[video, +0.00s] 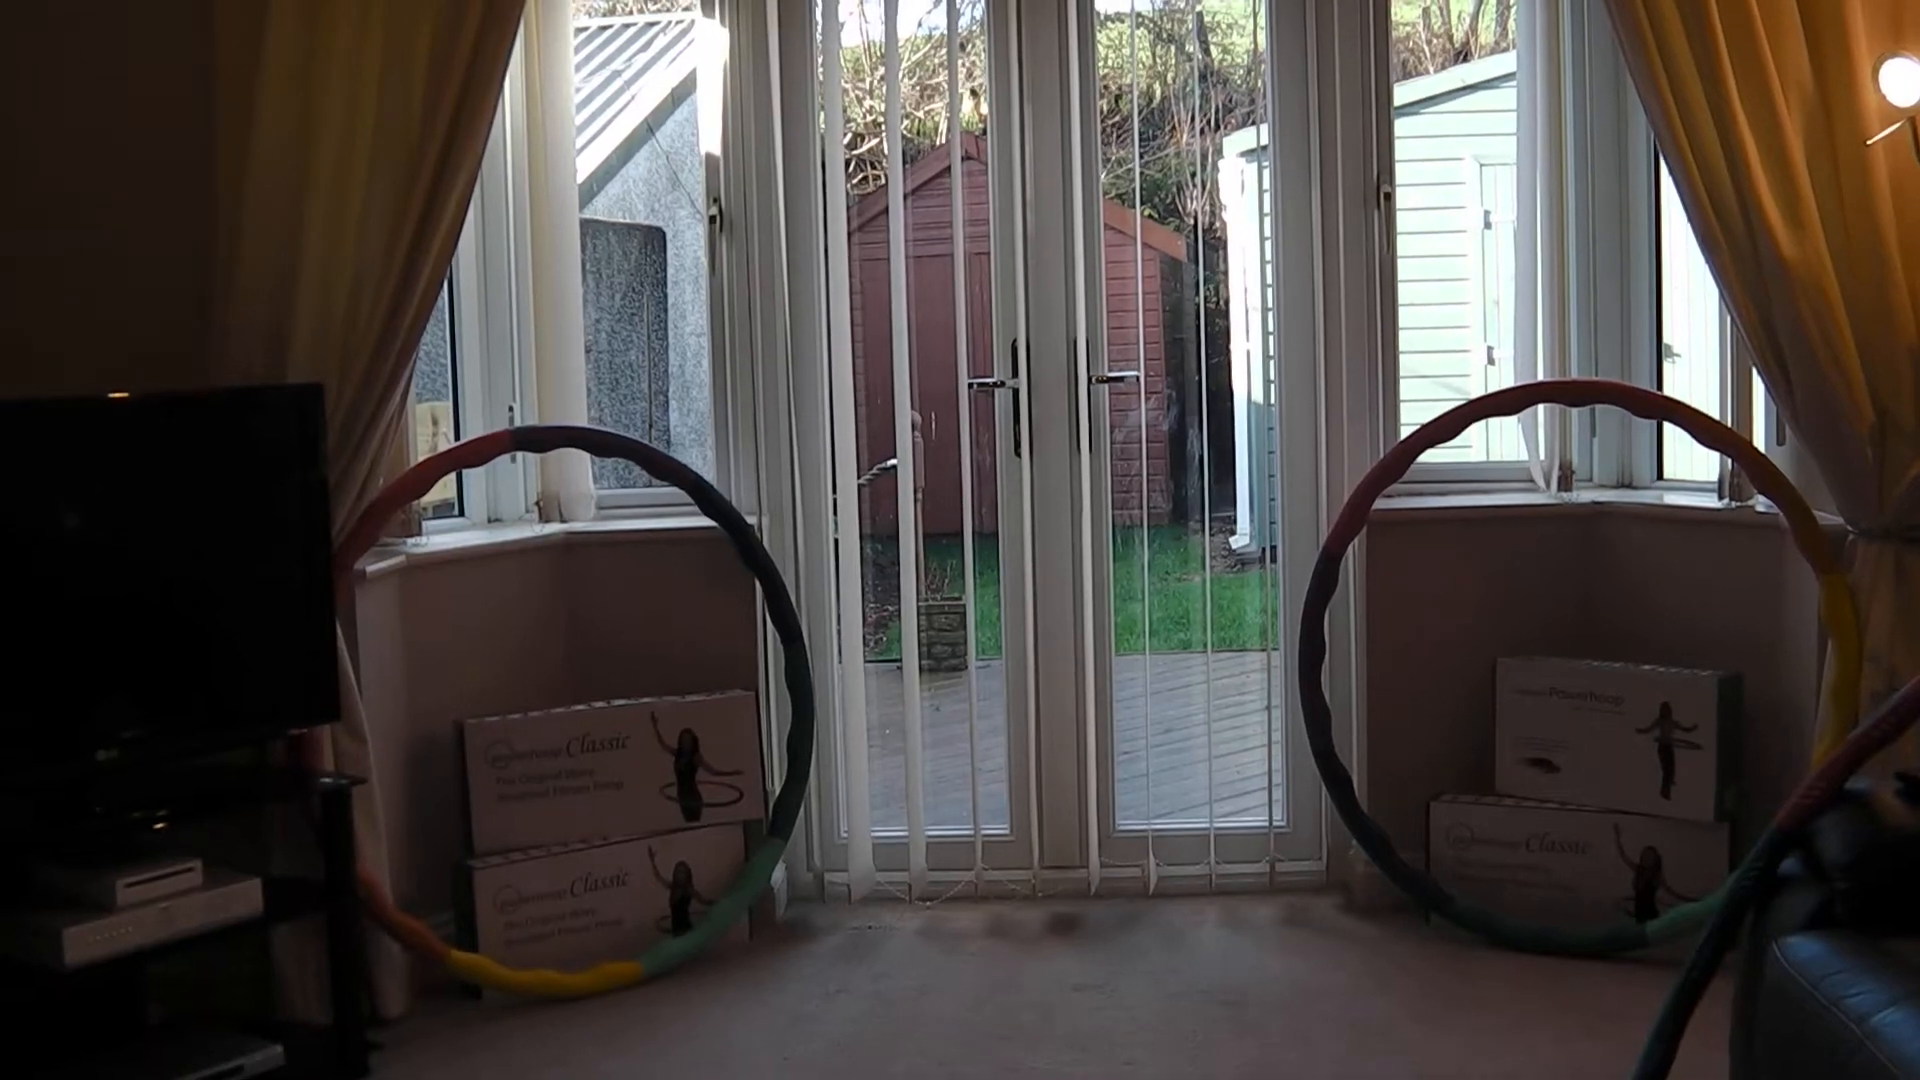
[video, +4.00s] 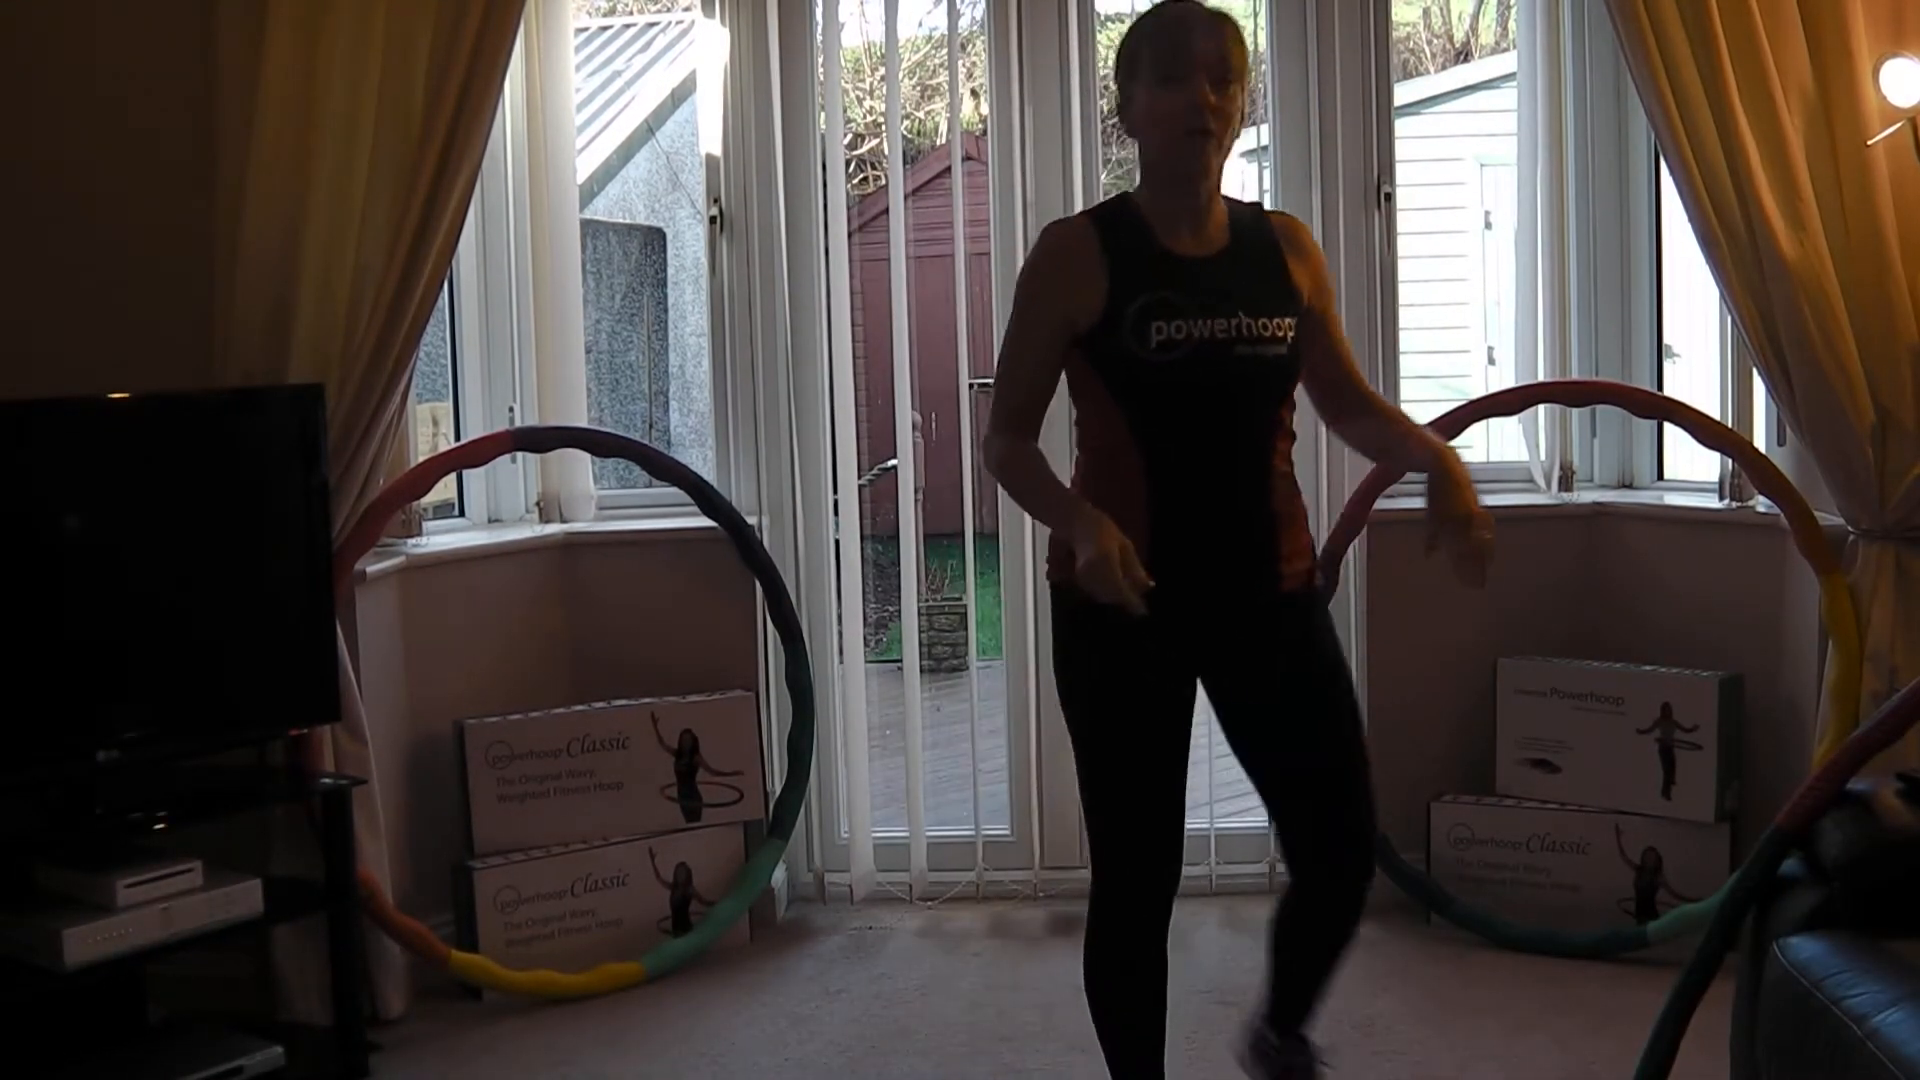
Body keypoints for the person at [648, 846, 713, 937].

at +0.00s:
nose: (680, 875)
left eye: (683, 872)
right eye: (678, 872)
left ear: (688, 874)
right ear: (674, 874)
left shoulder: (689, 890)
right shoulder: (672, 887)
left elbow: (702, 901)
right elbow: (658, 877)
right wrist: (652, 860)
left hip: (686, 924)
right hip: (675, 924)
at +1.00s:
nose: (681, 874)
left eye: (683, 871)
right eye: (679, 871)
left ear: (688, 873)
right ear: (675, 873)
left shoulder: (690, 889)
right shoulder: (673, 886)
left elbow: (702, 901)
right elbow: (659, 878)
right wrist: (653, 861)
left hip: (687, 925)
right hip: (675, 925)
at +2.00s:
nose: (681, 874)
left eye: (684, 871)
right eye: (679, 871)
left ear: (688, 873)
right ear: (675, 873)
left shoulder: (689, 889)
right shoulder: (673, 886)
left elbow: (702, 901)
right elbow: (658, 878)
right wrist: (653, 861)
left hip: (686, 922)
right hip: (675, 923)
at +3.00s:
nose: (681, 876)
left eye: (683, 873)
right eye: (679, 873)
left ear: (688, 874)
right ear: (675, 874)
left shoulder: (690, 889)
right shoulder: (673, 887)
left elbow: (703, 901)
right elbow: (658, 878)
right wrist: (653, 861)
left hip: (686, 923)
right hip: (675, 923)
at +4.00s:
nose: (681, 876)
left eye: (683, 873)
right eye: (678, 873)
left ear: (688, 875)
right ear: (675, 874)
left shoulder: (690, 889)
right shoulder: (673, 887)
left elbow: (702, 901)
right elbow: (658, 878)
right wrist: (652, 861)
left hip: (686, 924)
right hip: (675, 924)